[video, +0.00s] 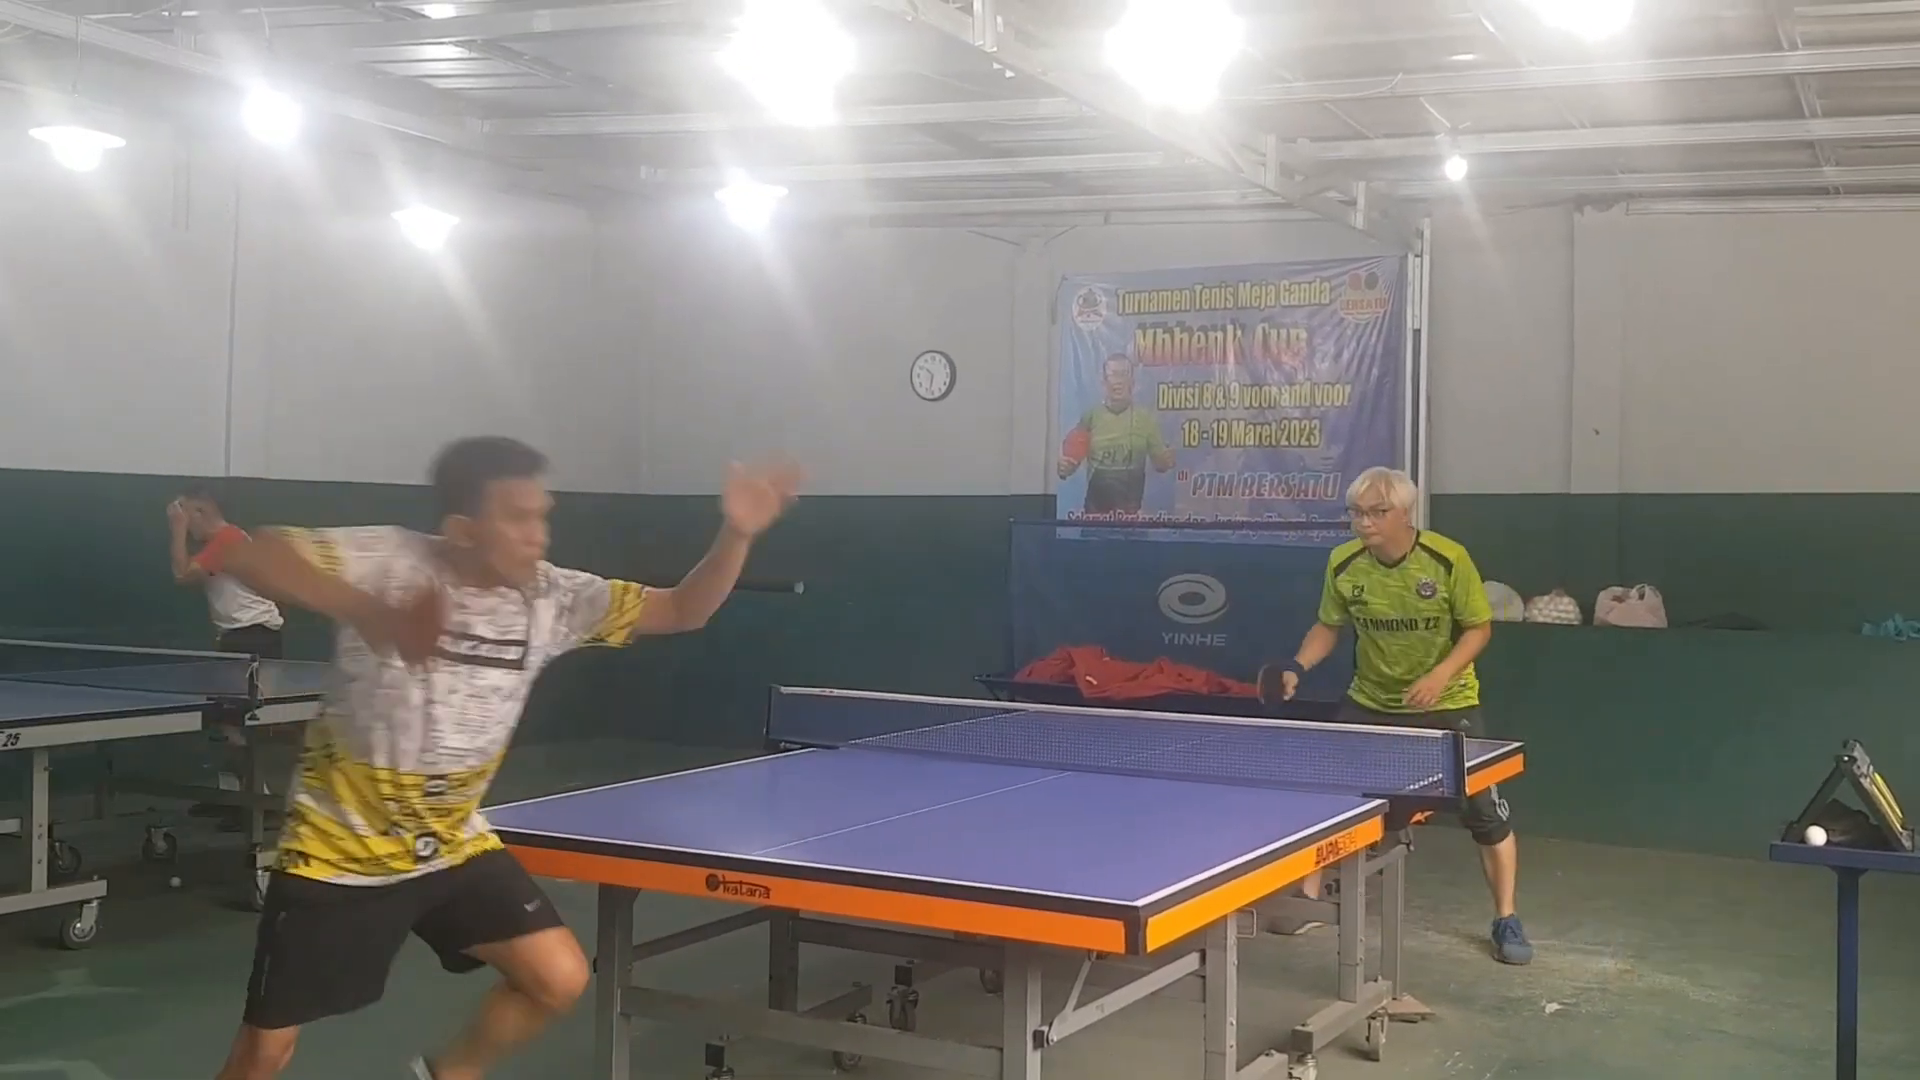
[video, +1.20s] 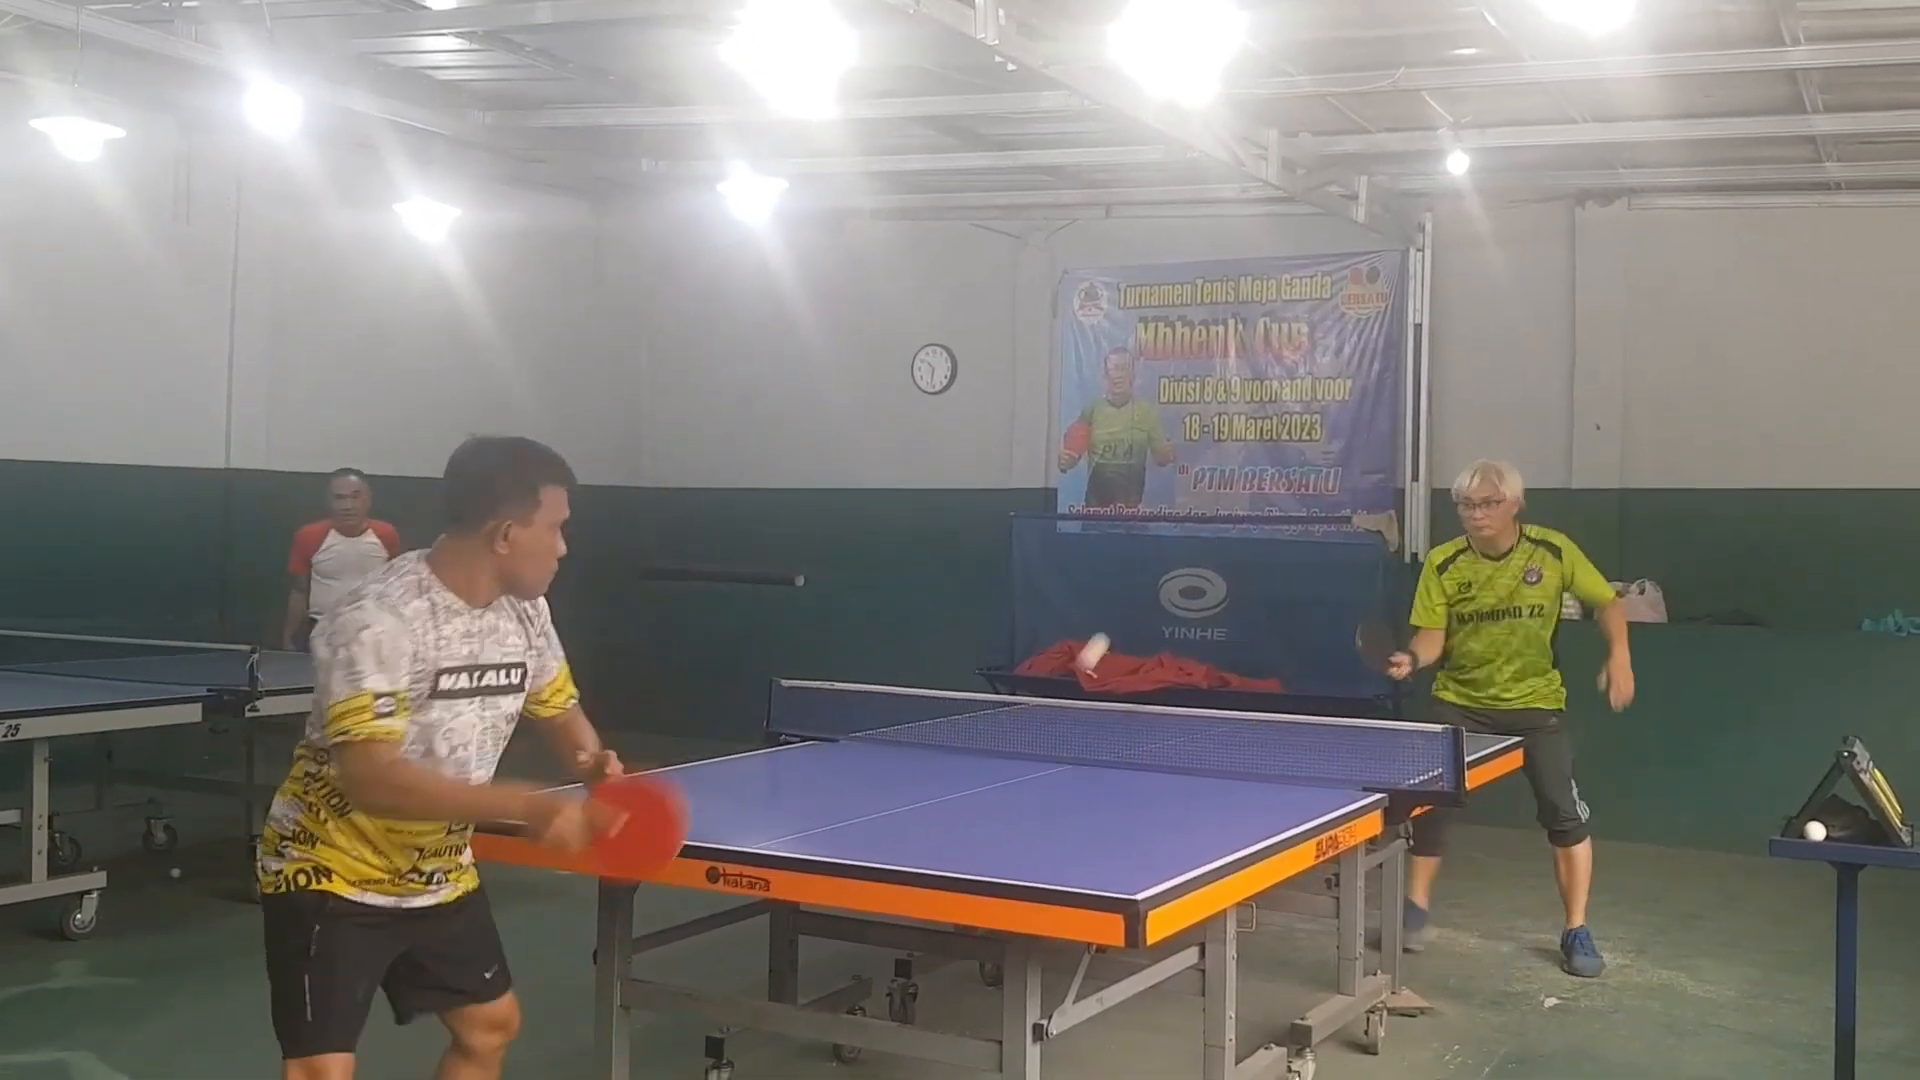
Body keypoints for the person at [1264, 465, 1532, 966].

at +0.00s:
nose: (1361, 523)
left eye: (1373, 513)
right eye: (1356, 513)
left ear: (1403, 514)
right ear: (1352, 517)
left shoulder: (1448, 560)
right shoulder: (1343, 564)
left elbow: (1479, 627)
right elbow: (1327, 625)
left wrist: (1440, 675)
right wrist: (1296, 667)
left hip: (1447, 704)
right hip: (1369, 701)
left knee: (1485, 806)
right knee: (1321, 785)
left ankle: (1506, 918)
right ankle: (1308, 897)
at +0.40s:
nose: (1392, 530)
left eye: (1402, 519)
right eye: (1385, 521)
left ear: (1431, 517)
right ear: (1380, 524)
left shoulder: (1482, 562)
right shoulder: (1376, 574)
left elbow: (1519, 634)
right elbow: (1375, 648)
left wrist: (1479, 664)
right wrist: (1349, 671)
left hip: (1482, 717)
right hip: (1403, 717)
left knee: (1524, 814)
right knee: (1340, 789)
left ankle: (1574, 927)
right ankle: (1315, 894)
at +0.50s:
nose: (1428, 530)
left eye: (1439, 519)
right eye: (1421, 520)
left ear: (1467, 516)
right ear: (1414, 521)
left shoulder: (1518, 555)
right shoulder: (1407, 573)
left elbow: (1555, 626)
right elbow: (1424, 649)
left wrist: (1522, 652)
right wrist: (1413, 670)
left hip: (1511, 710)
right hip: (1433, 710)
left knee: (1545, 822)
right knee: (1365, 791)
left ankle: (1577, 931)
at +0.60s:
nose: (1453, 521)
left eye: (1464, 510)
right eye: (1445, 512)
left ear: (1493, 508)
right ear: (1438, 513)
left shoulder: (1540, 542)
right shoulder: (1432, 566)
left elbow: (1585, 601)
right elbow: (1465, 630)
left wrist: (1568, 628)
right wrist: (1468, 659)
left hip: (1536, 703)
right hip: (1468, 708)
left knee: (1565, 822)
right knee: (1397, 794)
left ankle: (1578, 928)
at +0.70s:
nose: (1467, 513)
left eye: (1479, 501)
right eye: (1458, 503)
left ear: (1507, 499)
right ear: (1450, 503)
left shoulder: (1544, 527)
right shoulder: (1444, 555)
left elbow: (1593, 576)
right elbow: (1481, 605)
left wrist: (1598, 594)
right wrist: (1496, 641)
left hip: (1546, 699)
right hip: (1475, 701)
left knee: (1575, 813)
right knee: (1441, 797)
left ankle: (1579, 927)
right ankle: (1427, 917)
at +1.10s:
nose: (1481, 501)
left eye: (1493, 490)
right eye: (1473, 491)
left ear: (1519, 492)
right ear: (1463, 495)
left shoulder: (1557, 534)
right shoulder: (1444, 552)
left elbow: (1607, 584)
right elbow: (1444, 627)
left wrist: (1614, 604)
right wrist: (1435, 643)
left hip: (1540, 686)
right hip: (1468, 689)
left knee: (1563, 798)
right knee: (1466, 794)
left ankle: (1577, 929)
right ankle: (1468, 929)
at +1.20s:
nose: (1476, 513)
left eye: (1488, 503)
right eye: (1468, 504)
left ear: (1514, 507)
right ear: (1459, 509)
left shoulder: (1553, 551)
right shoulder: (1441, 564)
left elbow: (1608, 603)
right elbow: (1430, 636)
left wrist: (1619, 657)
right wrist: (1411, 656)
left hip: (1535, 701)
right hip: (1459, 700)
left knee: (1561, 809)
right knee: (1428, 795)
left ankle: (1576, 929)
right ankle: (1415, 910)